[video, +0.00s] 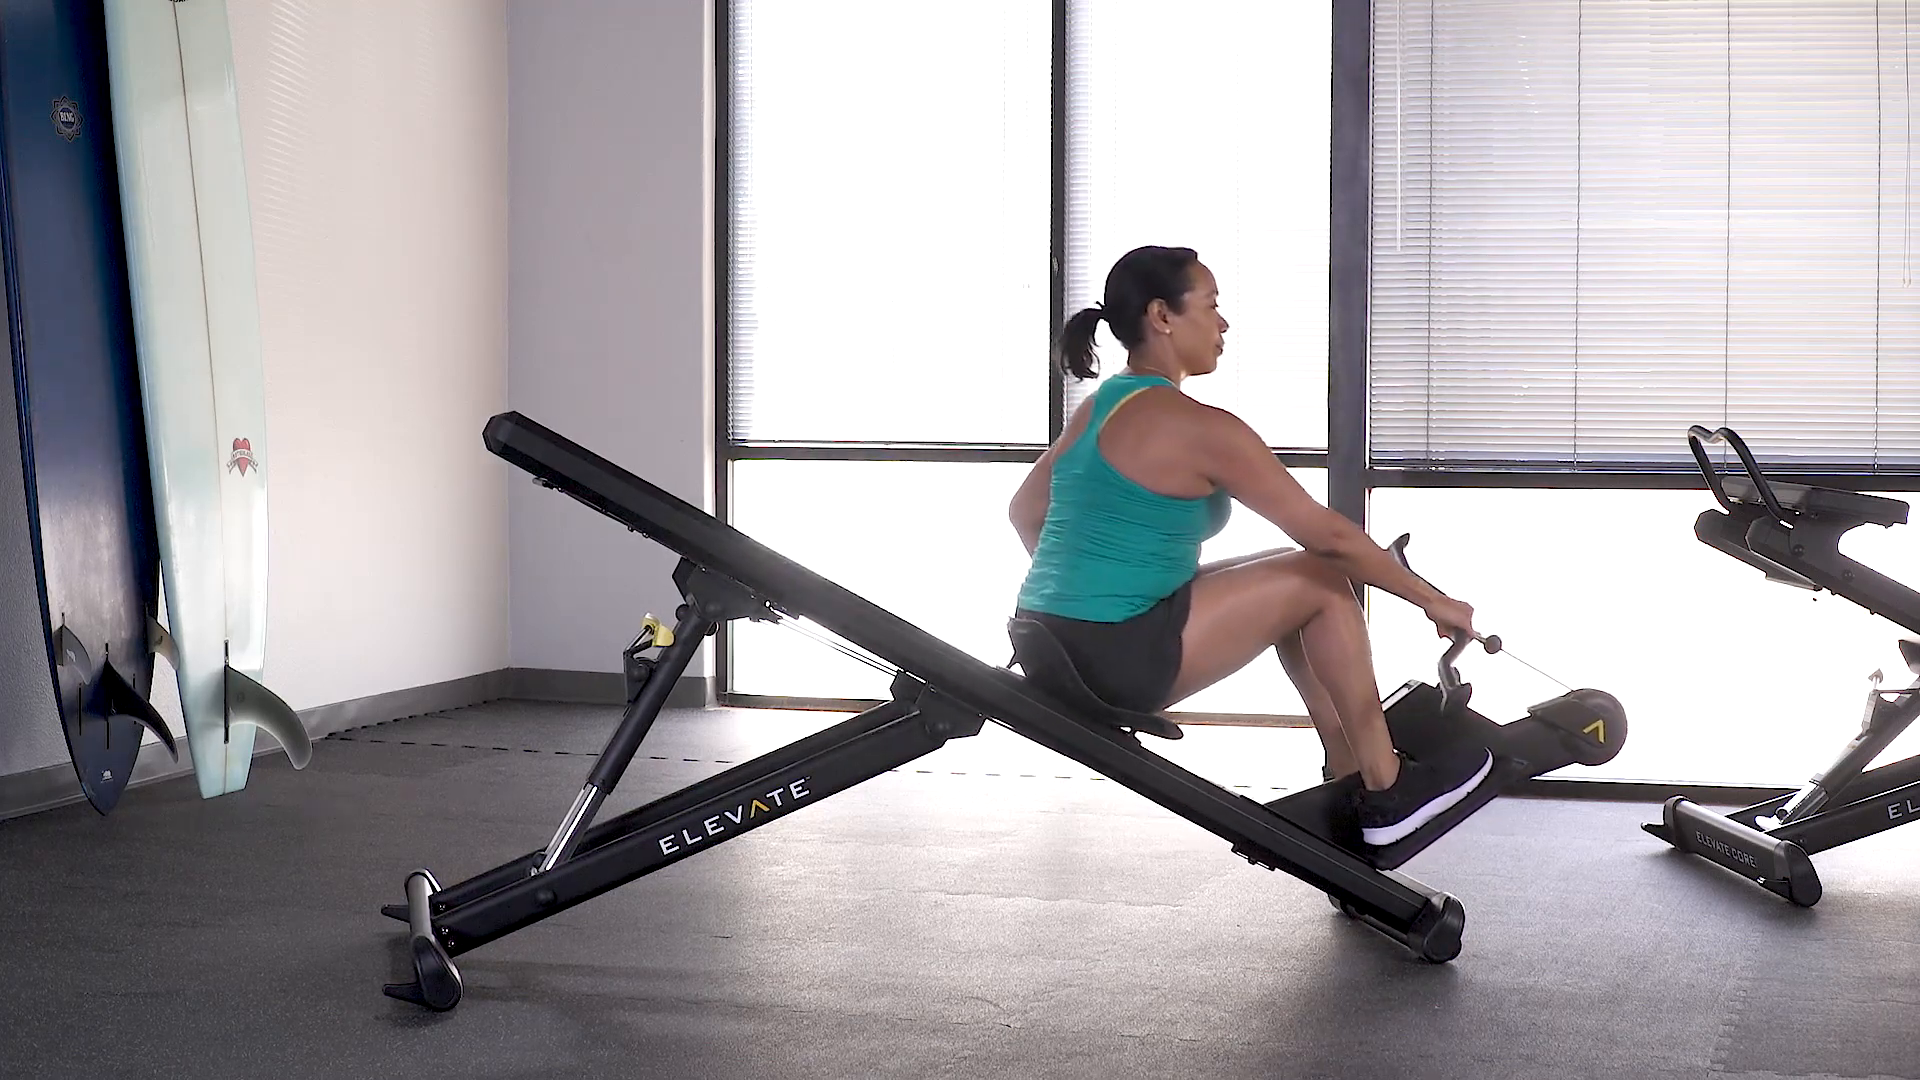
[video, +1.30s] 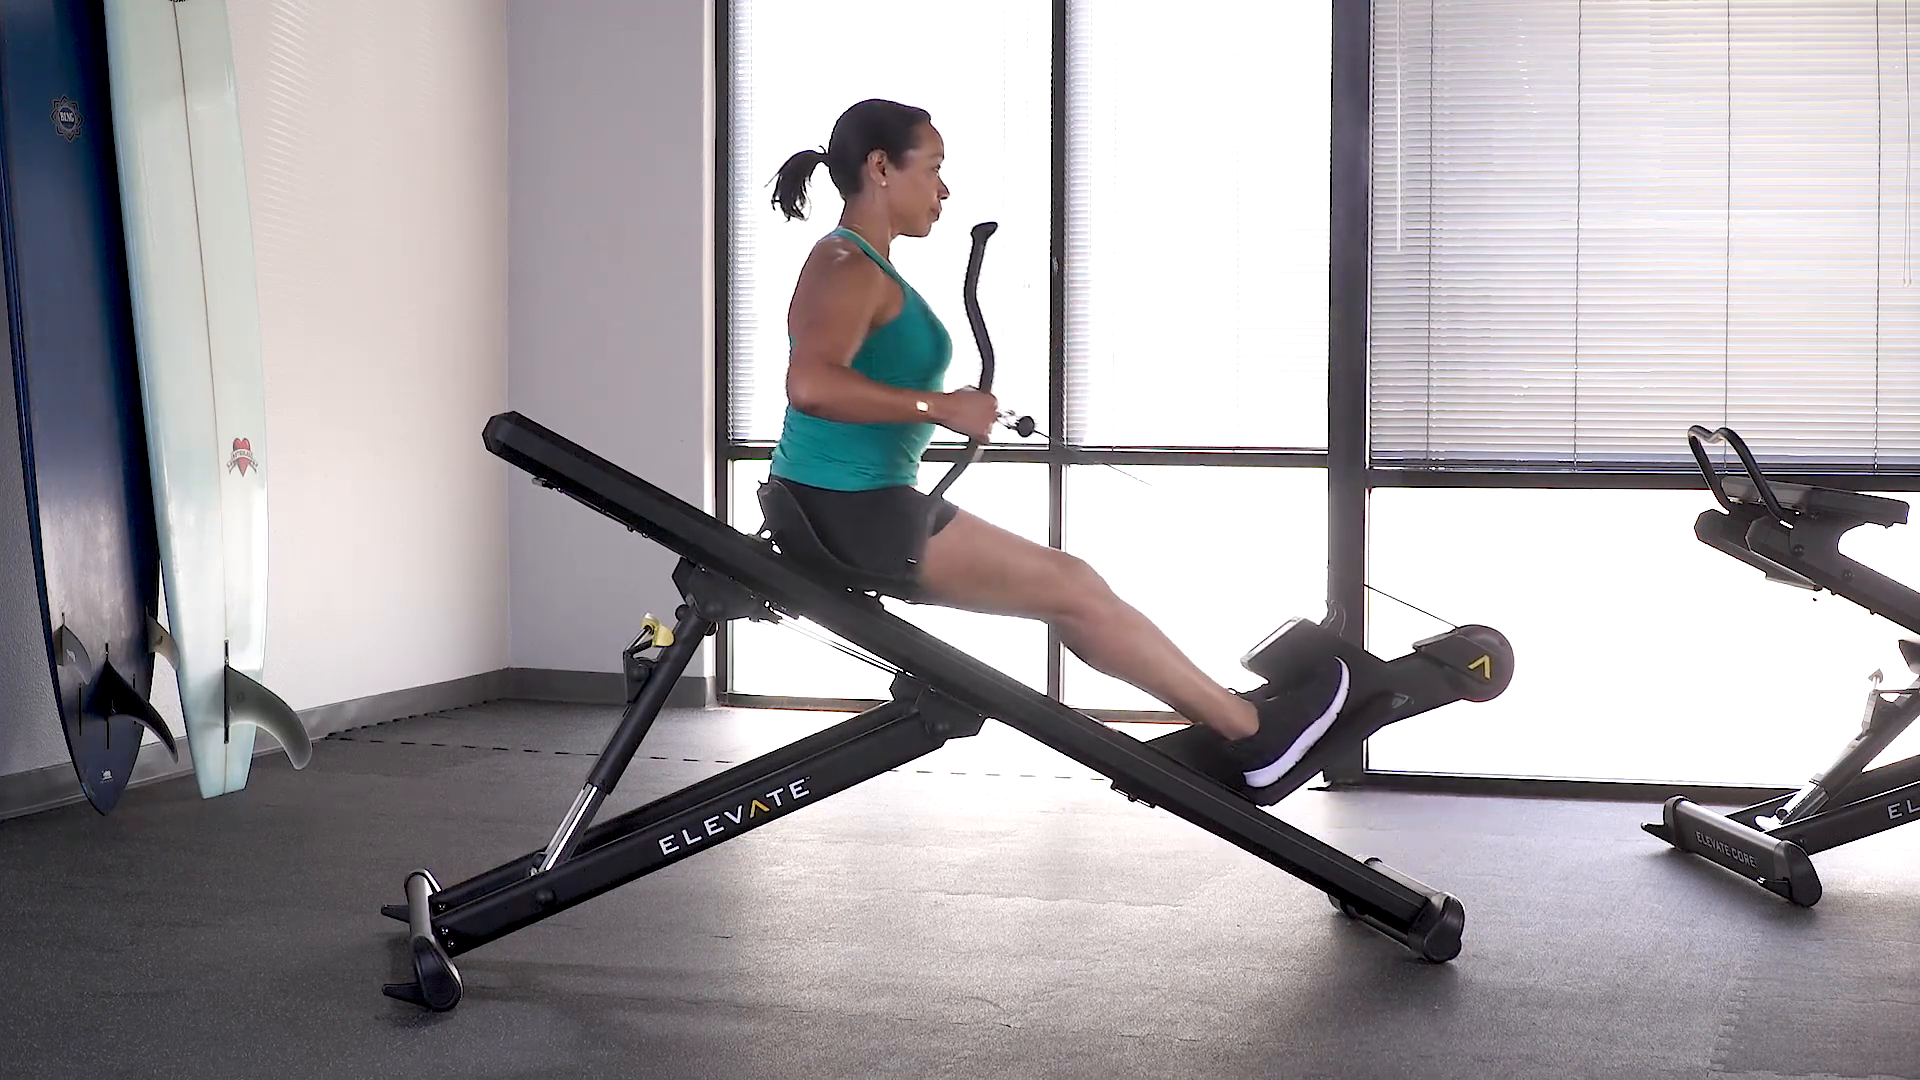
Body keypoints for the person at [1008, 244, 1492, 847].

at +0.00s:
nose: (1223, 322)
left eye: (1217, 305)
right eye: (1211, 306)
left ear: (1157, 320)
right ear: (1162, 318)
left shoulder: (1100, 404)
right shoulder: (1205, 430)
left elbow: (1026, 511)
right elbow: (1326, 535)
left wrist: (1080, 590)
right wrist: (1430, 597)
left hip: (1045, 634)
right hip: (1116, 649)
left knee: (1297, 573)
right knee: (1326, 580)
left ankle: (1346, 762)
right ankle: (1388, 787)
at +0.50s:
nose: (1169, 291)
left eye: (1163, 273)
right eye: (1155, 274)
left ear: (1097, 290)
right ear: (1104, 288)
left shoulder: (1045, 376)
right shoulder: (1150, 394)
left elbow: (987, 483)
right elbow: (1262, 514)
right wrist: (1369, 576)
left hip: (995, 606)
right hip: (1064, 619)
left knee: (1253, 583)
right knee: (1276, 581)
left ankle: (1331, 760)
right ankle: (1369, 773)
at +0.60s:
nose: (1110, 260)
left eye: (1105, 243)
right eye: (1096, 244)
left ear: (1040, 255)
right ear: (1045, 254)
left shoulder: (993, 341)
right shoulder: (1077, 357)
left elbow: (941, 460)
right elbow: (1175, 485)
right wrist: (1287, 536)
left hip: (946, 582)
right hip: (1008, 592)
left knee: (1210, 585)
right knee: (1228, 582)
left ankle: (1307, 745)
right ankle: (1347, 770)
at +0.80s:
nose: (1001, 209)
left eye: (997, 192)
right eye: (990, 191)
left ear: (934, 202)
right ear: (936, 199)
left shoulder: (893, 285)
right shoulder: (925, 288)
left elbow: (955, 418)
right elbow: (960, 417)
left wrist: (1068, 452)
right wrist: (1079, 457)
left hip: (866, 529)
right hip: (899, 536)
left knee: (1110, 598)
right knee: (1122, 592)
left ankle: (1268, 731)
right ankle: (1285, 743)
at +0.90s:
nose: (961, 192)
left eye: (958, 174)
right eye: (951, 173)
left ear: (898, 180)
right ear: (896, 176)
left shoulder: (865, 264)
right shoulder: (869, 268)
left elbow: (869, 393)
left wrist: (985, 420)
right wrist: (987, 419)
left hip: (850, 507)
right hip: (858, 513)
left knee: (1073, 601)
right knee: (1081, 595)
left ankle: (1244, 727)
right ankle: (1256, 732)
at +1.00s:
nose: (935, 180)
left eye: (933, 162)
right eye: (925, 160)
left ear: (875, 166)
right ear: (872, 163)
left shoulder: (855, 252)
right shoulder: (831, 252)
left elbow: (814, 367)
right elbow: (783, 366)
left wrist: (922, 389)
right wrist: (912, 390)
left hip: (865, 489)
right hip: (832, 500)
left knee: (1056, 589)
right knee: (1050, 599)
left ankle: (1224, 717)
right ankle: (1232, 723)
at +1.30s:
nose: (942, 188)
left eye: (939, 171)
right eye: (931, 170)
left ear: (880, 173)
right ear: (878, 172)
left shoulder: (861, 262)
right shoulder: (847, 267)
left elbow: (827, 384)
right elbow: (811, 383)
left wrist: (937, 404)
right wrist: (936, 406)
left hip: (854, 501)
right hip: (843, 509)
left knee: (1071, 582)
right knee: (1071, 585)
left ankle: (1237, 719)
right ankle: (1246, 728)